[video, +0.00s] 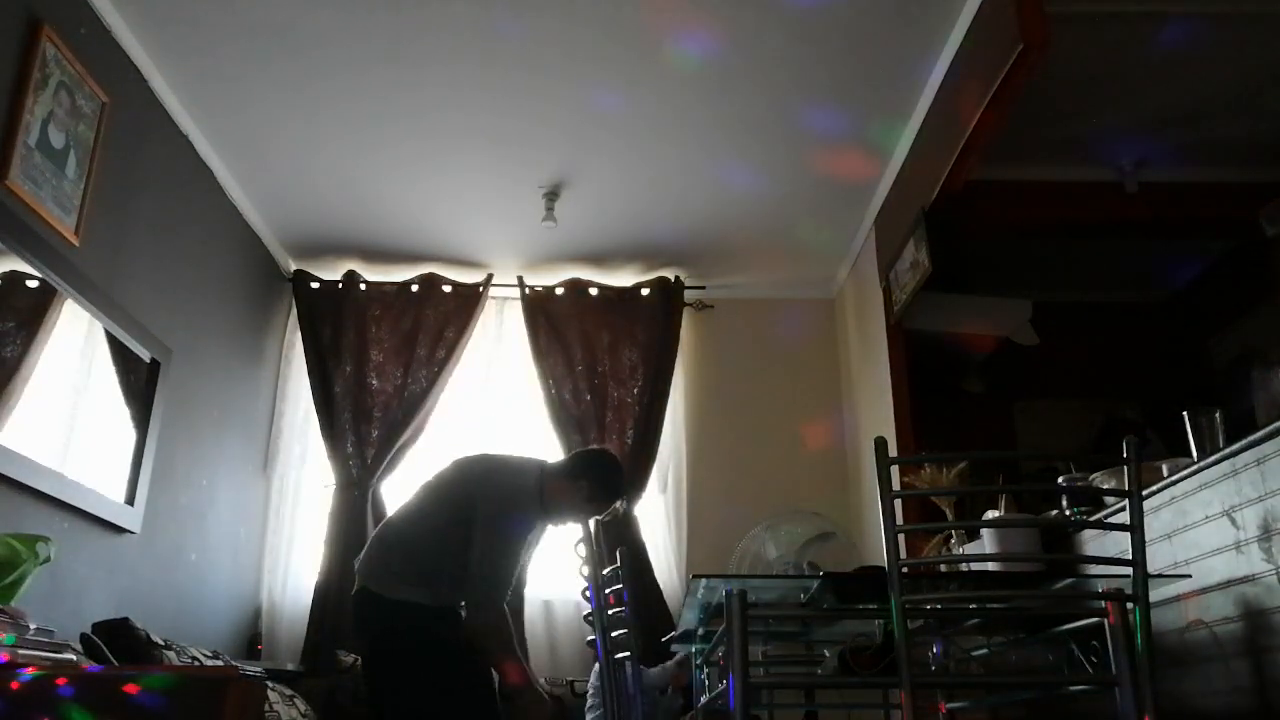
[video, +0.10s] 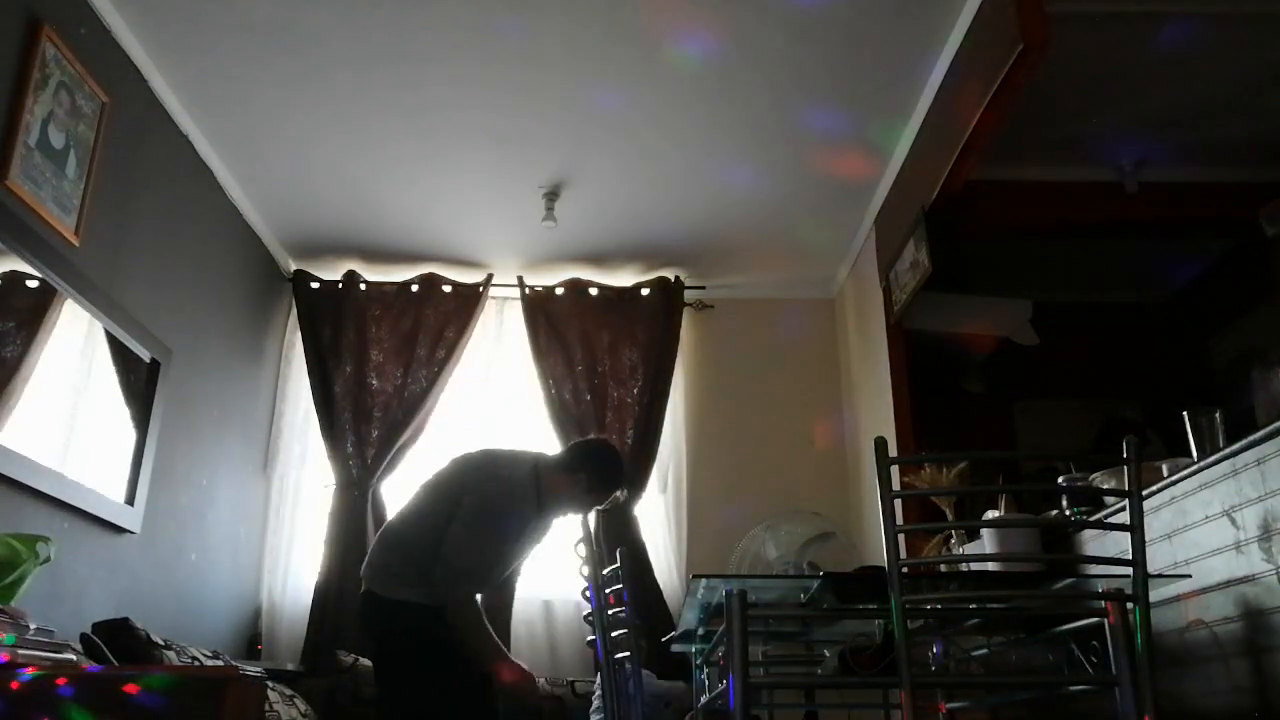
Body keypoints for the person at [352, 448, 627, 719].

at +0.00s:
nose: (578, 521)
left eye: (588, 516)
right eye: (586, 511)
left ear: (574, 475)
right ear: (578, 486)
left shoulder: (531, 508)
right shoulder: (513, 491)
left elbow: (508, 599)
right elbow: (484, 602)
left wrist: (523, 677)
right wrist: (517, 680)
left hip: (436, 605)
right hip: (394, 603)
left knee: (475, 705)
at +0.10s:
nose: (585, 512)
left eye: (593, 507)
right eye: (592, 502)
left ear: (574, 466)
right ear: (579, 479)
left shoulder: (539, 503)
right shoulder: (508, 485)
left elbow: (501, 583)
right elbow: (453, 587)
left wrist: (500, 662)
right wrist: (501, 662)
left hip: (442, 602)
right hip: (399, 601)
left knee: (473, 703)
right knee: (422, 708)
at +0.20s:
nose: (579, 503)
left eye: (589, 499)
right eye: (587, 495)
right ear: (576, 471)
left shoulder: (544, 500)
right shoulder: (492, 470)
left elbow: (508, 578)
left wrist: (509, 657)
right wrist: (465, 649)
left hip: (457, 598)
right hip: (400, 595)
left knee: (489, 697)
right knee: (423, 702)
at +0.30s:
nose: (574, 490)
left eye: (583, 485)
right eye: (580, 481)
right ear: (571, 459)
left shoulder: (545, 490)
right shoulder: (483, 468)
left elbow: (529, 572)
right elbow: (412, 545)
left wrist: (536, 634)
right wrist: (433, 642)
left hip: (463, 602)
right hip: (402, 600)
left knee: (488, 702)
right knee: (419, 707)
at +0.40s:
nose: (574, 478)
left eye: (581, 472)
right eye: (577, 469)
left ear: (560, 448)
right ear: (562, 449)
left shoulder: (542, 478)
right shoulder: (475, 458)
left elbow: (535, 551)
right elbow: (405, 539)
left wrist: (552, 617)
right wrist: (441, 625)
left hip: (470, 606)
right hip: (407, 607)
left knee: (494, 704)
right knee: (419, 709)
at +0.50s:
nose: (562, 452)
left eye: (568, 445)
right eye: (564, 443)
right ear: (544, 424)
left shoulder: (535, 462)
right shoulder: (465, 444)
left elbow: (522, 536)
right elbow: (394, 525)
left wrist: (538, 607)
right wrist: (430, 612)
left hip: (483, 607)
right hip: (418, 611)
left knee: (506, 706)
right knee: (429, 713)